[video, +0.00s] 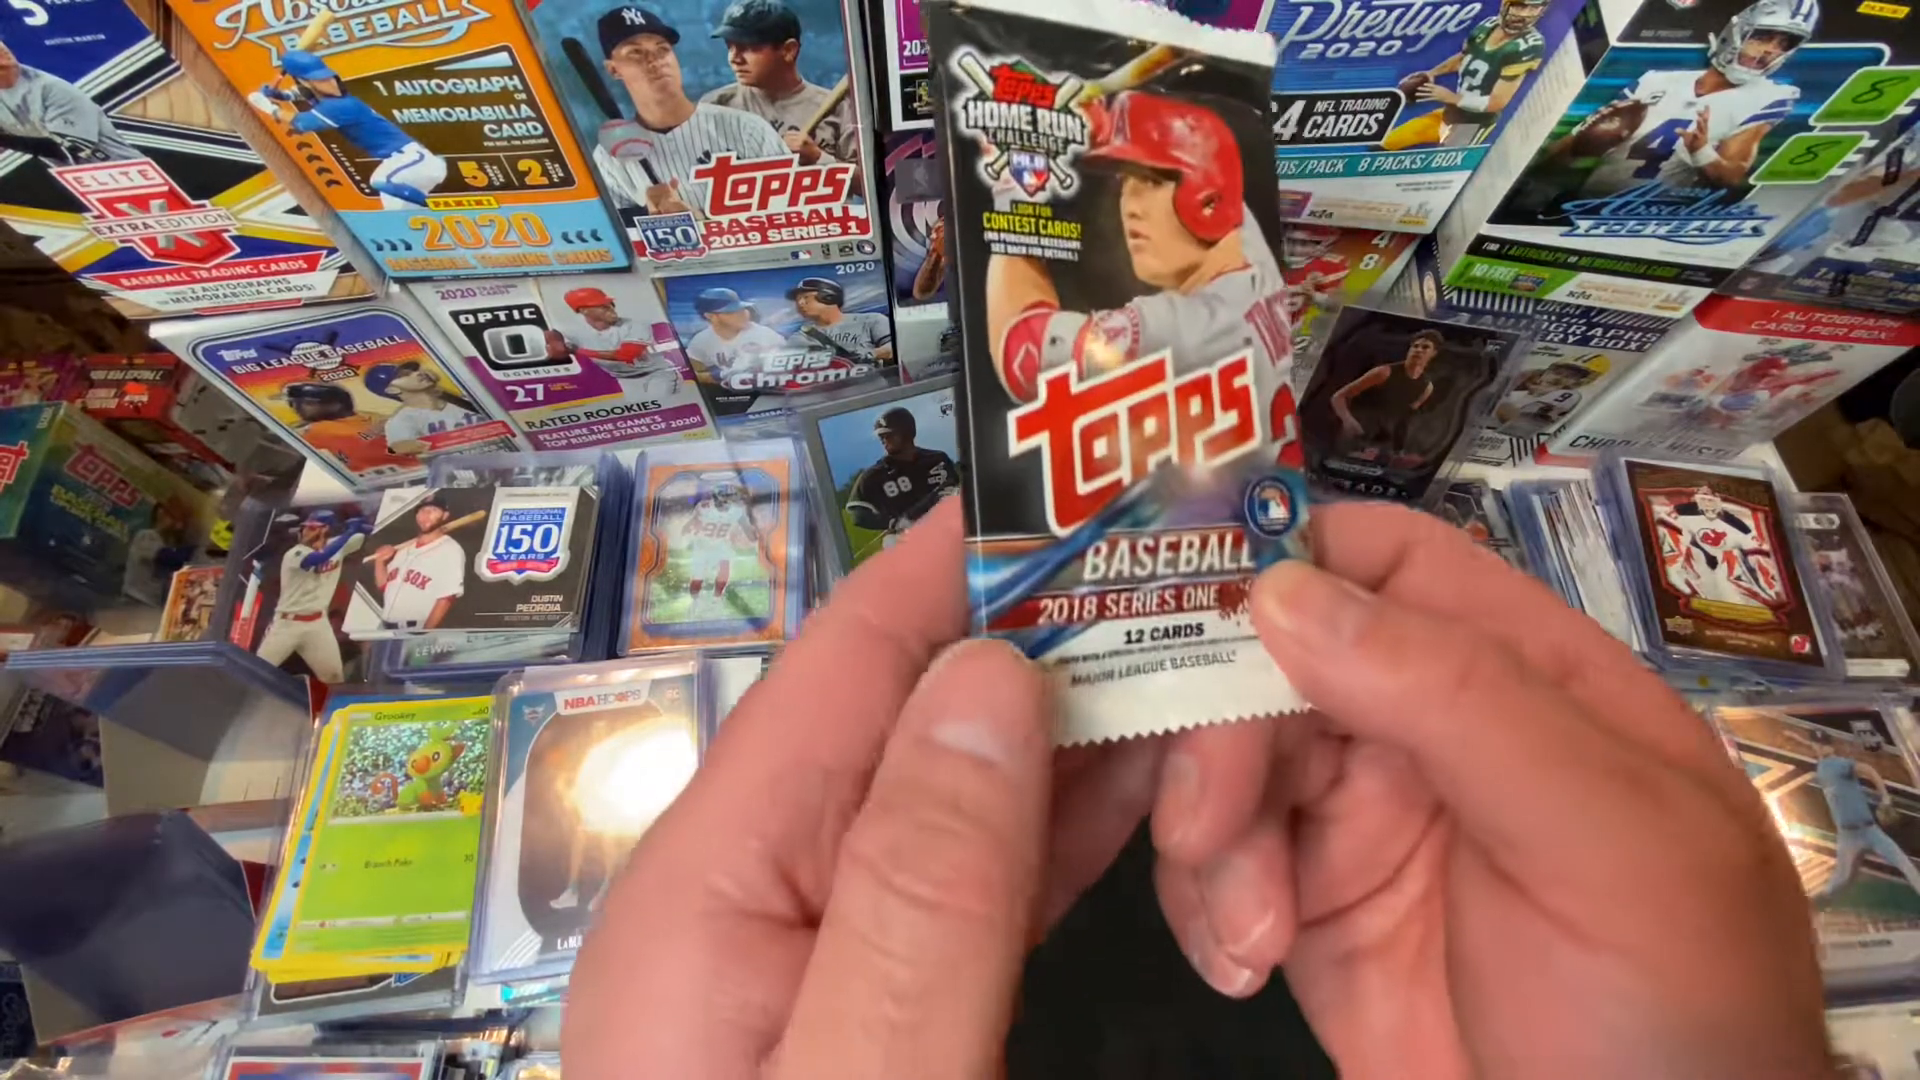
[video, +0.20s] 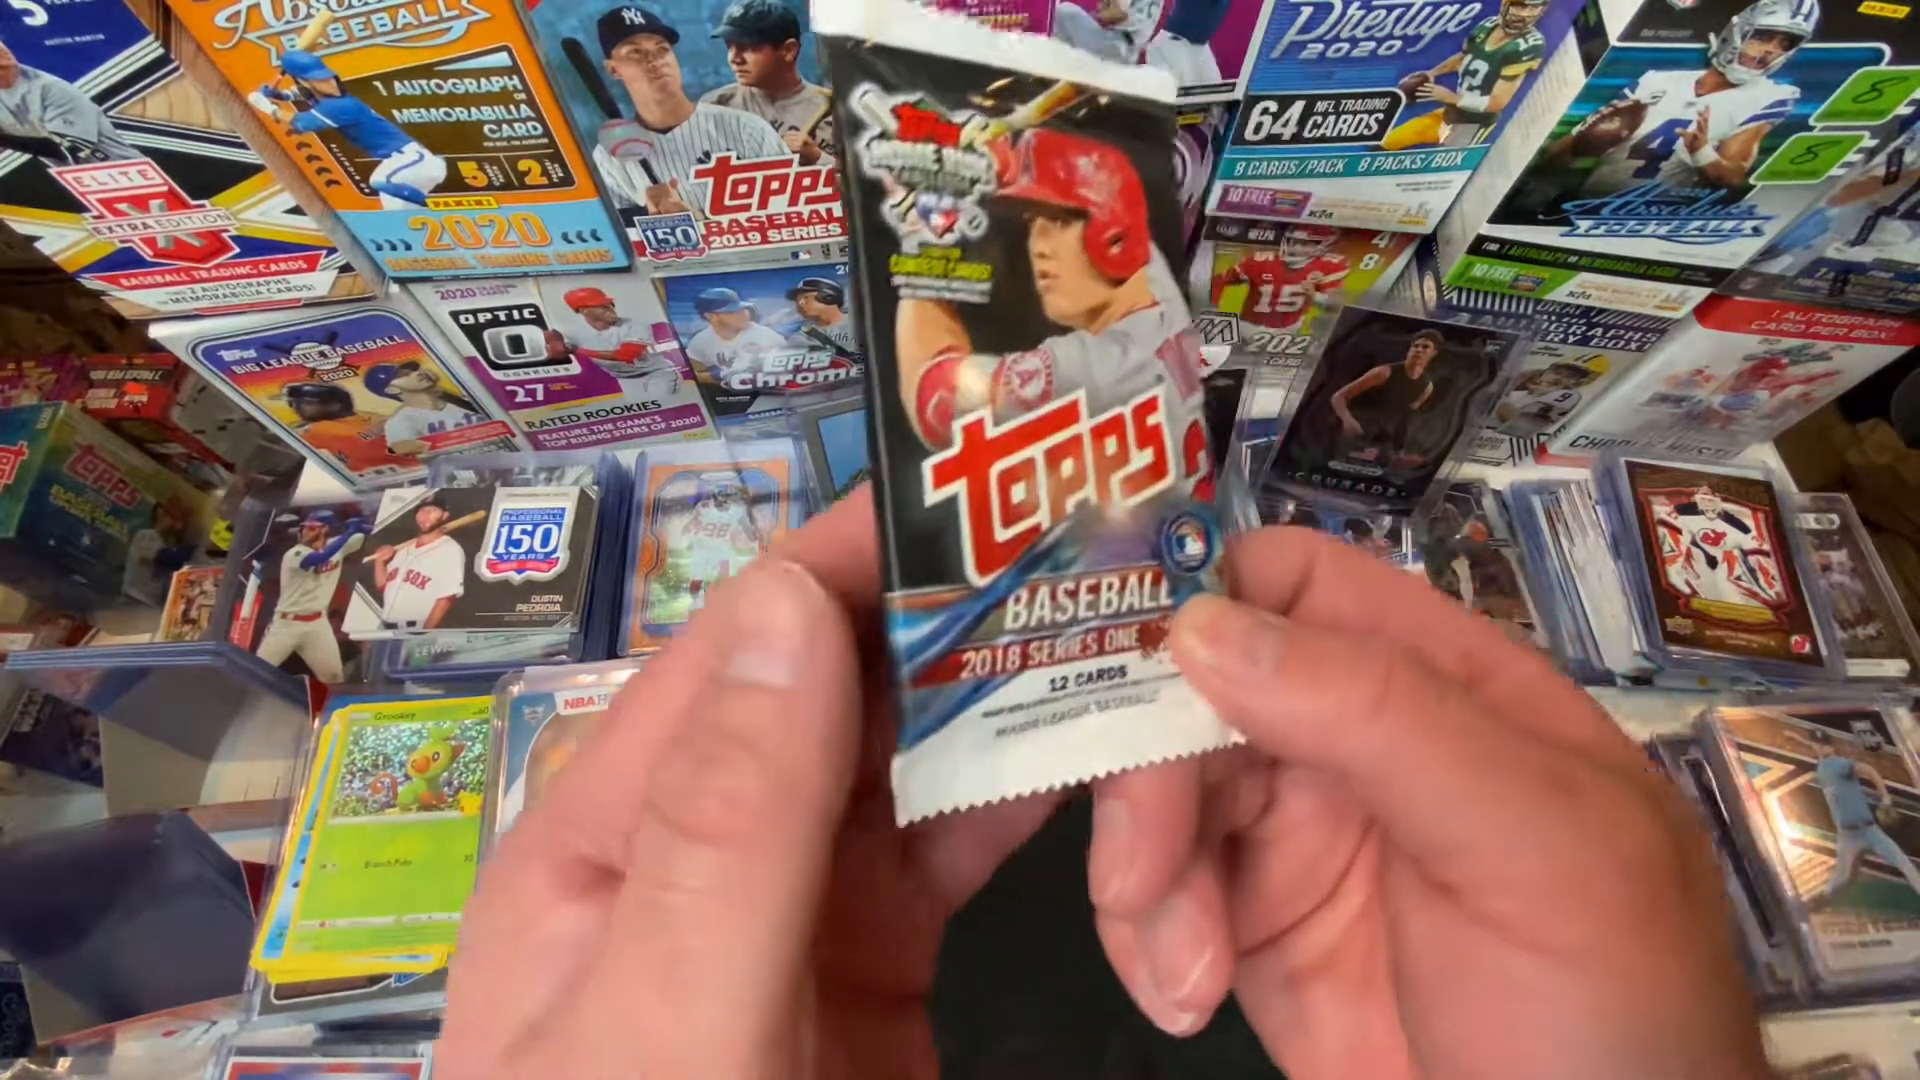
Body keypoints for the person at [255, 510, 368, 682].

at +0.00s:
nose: (303, 532)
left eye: (309, 528)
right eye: (304, 527)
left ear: (324, 530)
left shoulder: (336, 549)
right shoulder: (294, 554)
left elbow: (367, 532)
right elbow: (318, 560)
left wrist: (357, 524)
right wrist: (348, 535)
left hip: (317, 625)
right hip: (285, 624)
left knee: (334, 678)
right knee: (259, 670)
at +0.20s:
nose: (303, 532)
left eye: (309, 528)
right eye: (304, 528)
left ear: (324, 530)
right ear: (303, 530)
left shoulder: (336, 549)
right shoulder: (294, 554)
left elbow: (367, 532)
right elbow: (318, 560)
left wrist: (357, 524)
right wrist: (348, 535)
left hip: (317, 625)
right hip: (285, 624)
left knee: (333, 678)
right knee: (259, 671)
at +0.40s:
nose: (304, 531)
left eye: (310, 528)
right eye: (304, 527)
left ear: (324, 530)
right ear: (303, 530)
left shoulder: (336, 549)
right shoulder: (294, 554)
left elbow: (365, 533)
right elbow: (317, 560)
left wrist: (357, 524)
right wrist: (347, 536)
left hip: (317, 625)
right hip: (285, 624)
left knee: (334, 680)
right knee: (258, 671)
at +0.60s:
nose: (303, 531)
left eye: (309, 527)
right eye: (304, 527)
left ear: (324, 530)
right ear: (304, 530)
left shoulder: (336, 549)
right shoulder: (294, 554)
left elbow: (365, 533)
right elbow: (318, 560)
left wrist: (357, 524)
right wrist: (347, 536)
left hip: (317, 625)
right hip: (285, 624)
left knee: (335, 680)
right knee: (258, 671)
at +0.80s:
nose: (304, 531)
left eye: (310, 528)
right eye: (304, 527)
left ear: (324, 530)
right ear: (303, 529)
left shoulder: (336, 549)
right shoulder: (294, 554)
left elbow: (365, 534)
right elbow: (318, 560)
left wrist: (357, 524)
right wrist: (347, 536)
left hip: (317, 625)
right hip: (285, 624)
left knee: (333, 677)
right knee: (259, 670)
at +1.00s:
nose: (303, 531)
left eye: (309, 528)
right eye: (304, 527)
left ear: (323, 530)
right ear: (303, 530)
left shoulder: (337, 549)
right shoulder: (294, 554)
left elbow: (365, 533)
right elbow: (319, 560)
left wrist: (358, 525)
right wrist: (347, 536)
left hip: (317, 625)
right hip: (285, 624)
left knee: (335, 681)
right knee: (259, 672)